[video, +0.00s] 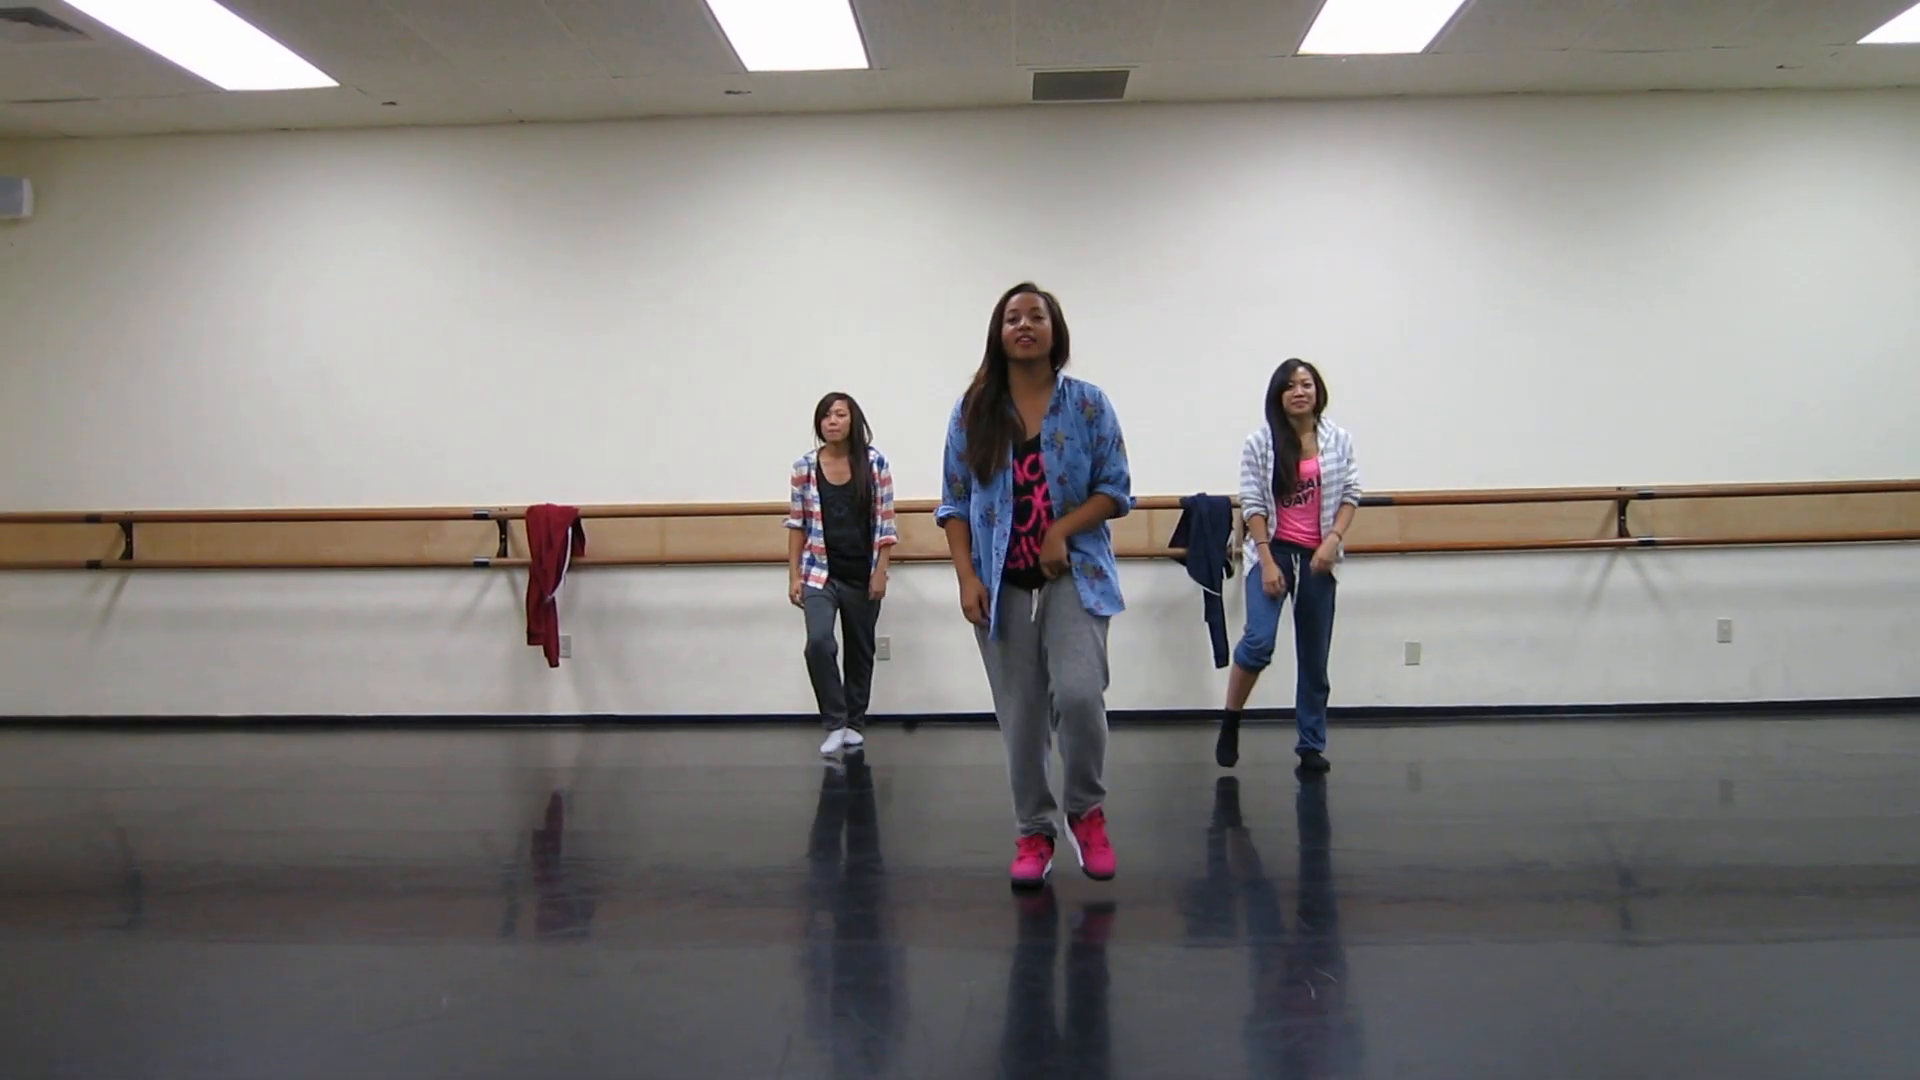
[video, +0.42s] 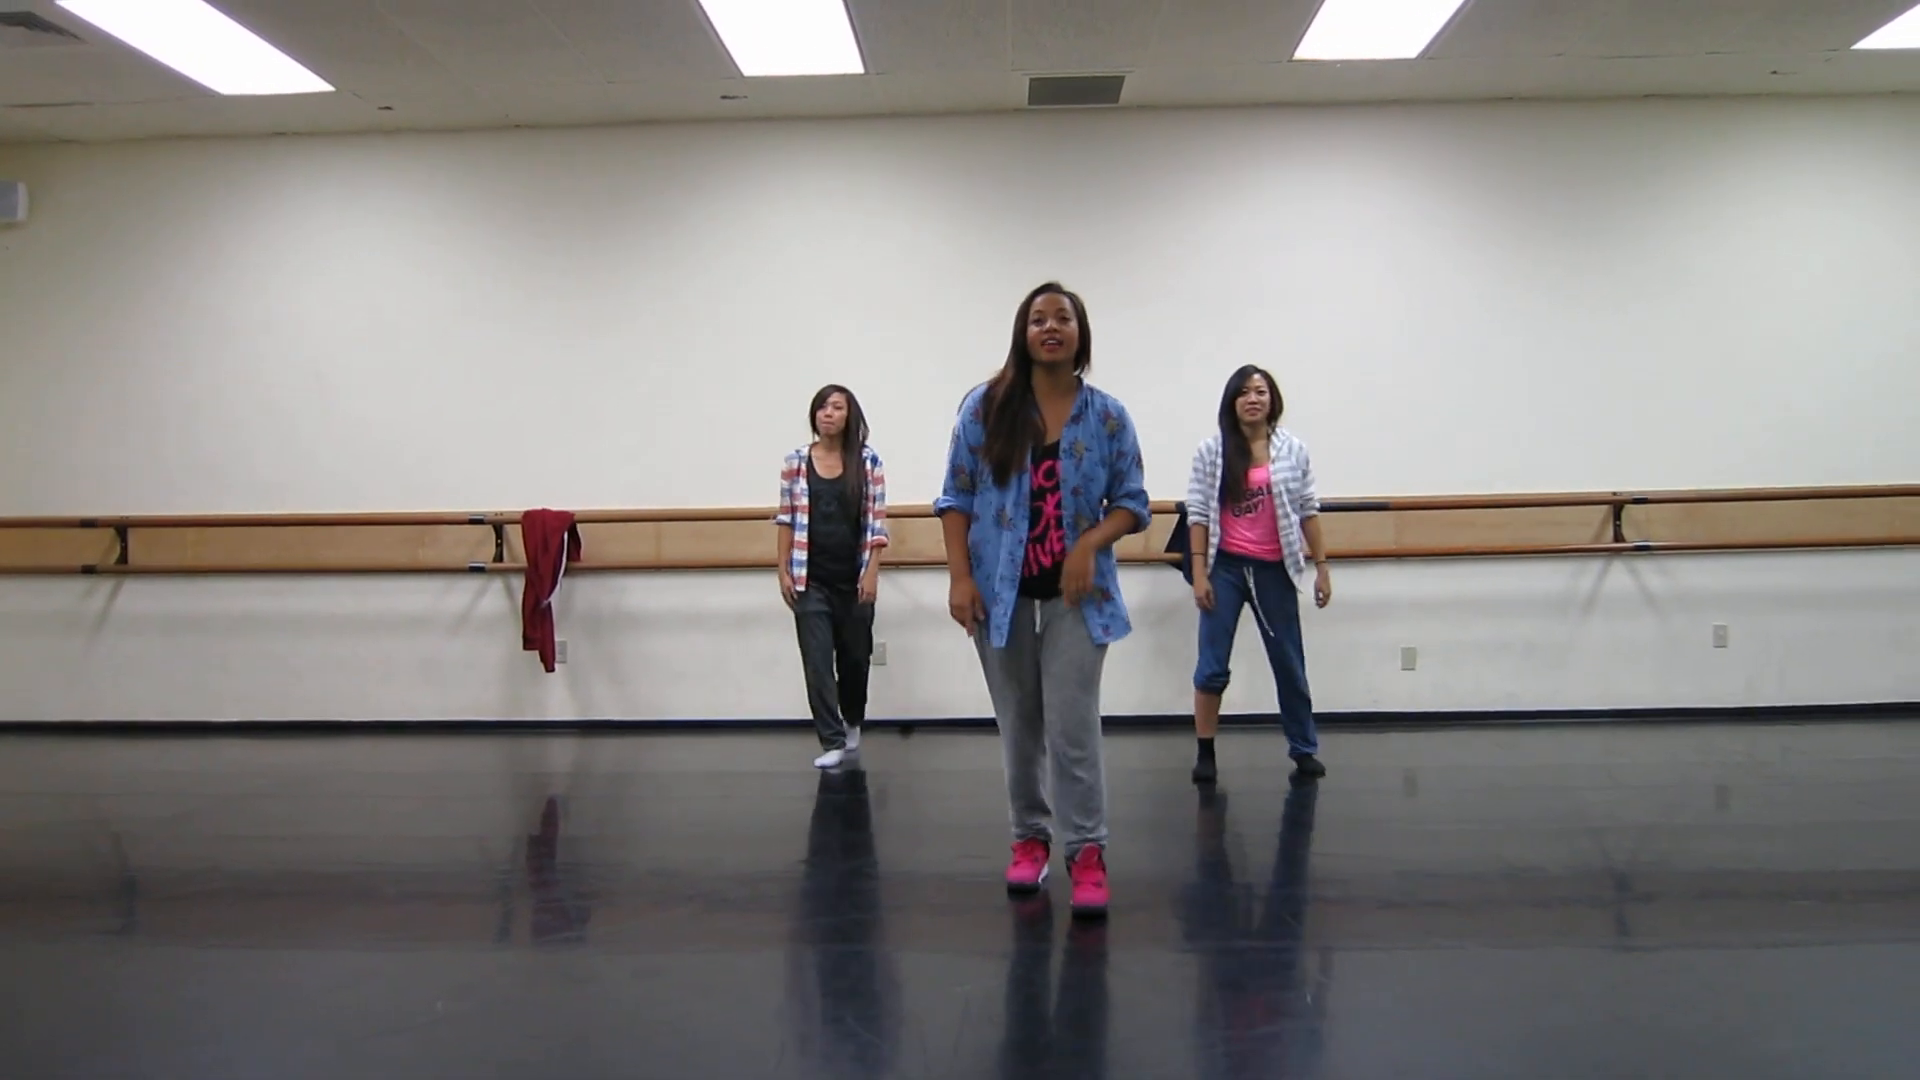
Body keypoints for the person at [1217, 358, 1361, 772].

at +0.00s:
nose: (1300, 391)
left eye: (1306, 384)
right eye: (1291, 386)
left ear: (1318, 391)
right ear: (1278, 395)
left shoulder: (1337, 438)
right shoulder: (1260, 442)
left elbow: (1351, 495)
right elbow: (1252, 505)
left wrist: (1333, 539)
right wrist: (1266, 560)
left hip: (1318, 555)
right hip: (1271, 551)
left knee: (1314, 659)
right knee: (1259, 644)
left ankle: (1311, 747)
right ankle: (1230, 722)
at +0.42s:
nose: (1252, 398)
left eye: (1260, 392)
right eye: (1243, 393)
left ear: (1272, 401)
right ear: (1231, 402)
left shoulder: (1292, 450)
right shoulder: (1212, 451)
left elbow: (1307, 511)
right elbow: (1197, 515)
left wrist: (1321, 565)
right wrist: (1199, 574)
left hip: (1275, 567)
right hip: (1225, 565)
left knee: (1290, 663)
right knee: (1212, 665)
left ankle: (1304, 752)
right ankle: (1205, 754)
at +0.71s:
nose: (1229, 396)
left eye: (1237, 389)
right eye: (1220, 390)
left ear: (1249, 398)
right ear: (1206, 400)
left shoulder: (1269, 448)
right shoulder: (1188, 448)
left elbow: (1278, 512)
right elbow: (1168, 511)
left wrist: (1284, 568)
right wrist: (1169, 569)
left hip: (1253, 566)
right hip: (1201, 566)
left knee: (1279, 656)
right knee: (1199, 663)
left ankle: (1265, 743)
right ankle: (1196, 753)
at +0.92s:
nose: (1233, 397)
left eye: (1240, 390)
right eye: (1223, 393)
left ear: (1253, 399)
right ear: (1210, 406)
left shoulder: (1275, 445)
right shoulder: (1198, 450)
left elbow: (1303, 484)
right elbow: (1171, 487)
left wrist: (1322, 512)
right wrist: (1156, 520)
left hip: (1262, 579)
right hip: (1209, 577)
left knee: (1270, 679)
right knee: (1201, 676)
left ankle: (1270, 780)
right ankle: (1200, 751)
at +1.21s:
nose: (1267, 418)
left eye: (1271, 411)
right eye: (1257, 412)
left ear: (1279, 421)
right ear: (1237, 423)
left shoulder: (1293, 469)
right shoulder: (1215, 467)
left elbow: (1285, 519)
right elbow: (1241, 513)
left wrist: (1257, 531)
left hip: (1269, 591)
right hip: (1222, 588)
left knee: (1289, 680)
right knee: (1260, 654)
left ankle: (1271, 783)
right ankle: (1306, 735)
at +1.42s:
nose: (1235, 396)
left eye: (1242, 387)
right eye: (1225, 391)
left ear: (1257, 394)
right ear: (1212, 403)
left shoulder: (1286, 432)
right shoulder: (1202, 451)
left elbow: (1353, 442)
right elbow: (1139, 459)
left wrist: (1311, 451)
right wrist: (1185, 442)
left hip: (1276, 571)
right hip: (1221, 571)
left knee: (1312, 666)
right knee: (1213, 671)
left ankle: (1314, 763)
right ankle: (1175, 756)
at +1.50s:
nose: (1231, 409)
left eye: (1238, 399)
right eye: (1220, 403)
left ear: (1254, 403)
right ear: (1210, 414)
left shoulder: (1285, 439)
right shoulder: (1196, 460)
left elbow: (1356, 425)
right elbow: (1130, 453)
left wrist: (1328, 435)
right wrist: (1166, 443)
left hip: (1272, 589)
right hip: (1210, 589)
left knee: (1319, 680)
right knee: (1176, 686)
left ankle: (1367, 775)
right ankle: (1151, 783)